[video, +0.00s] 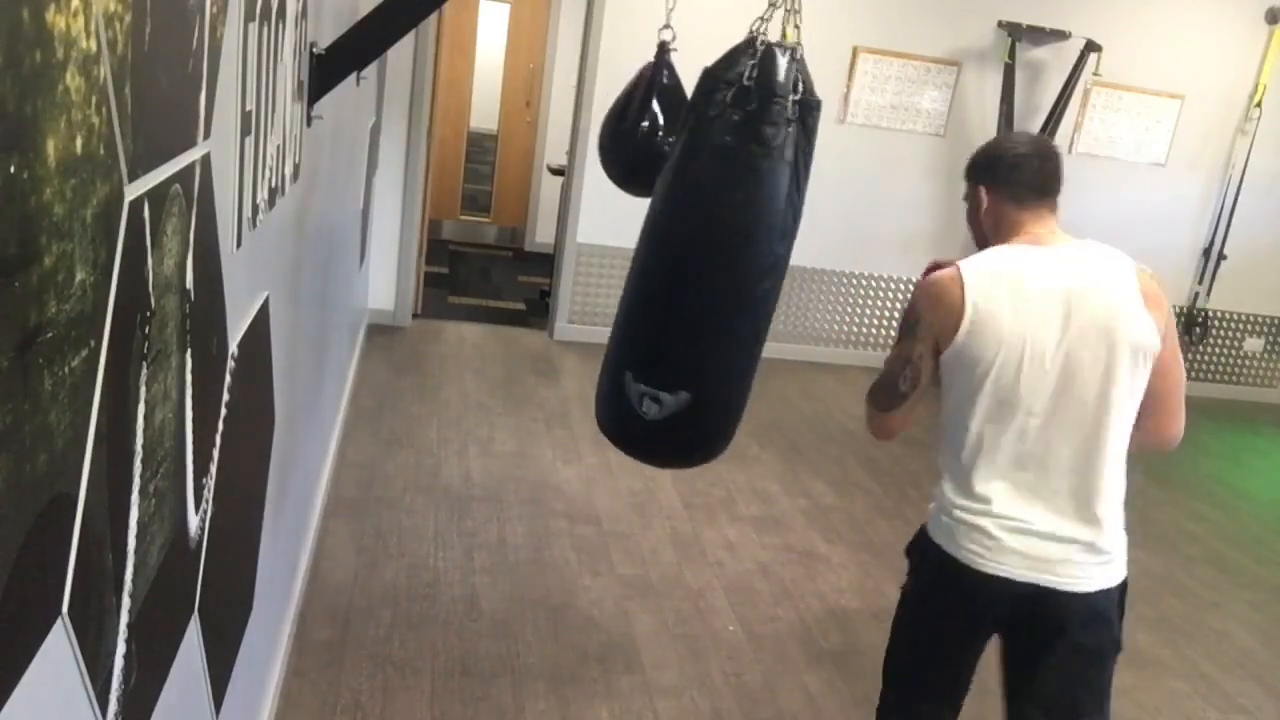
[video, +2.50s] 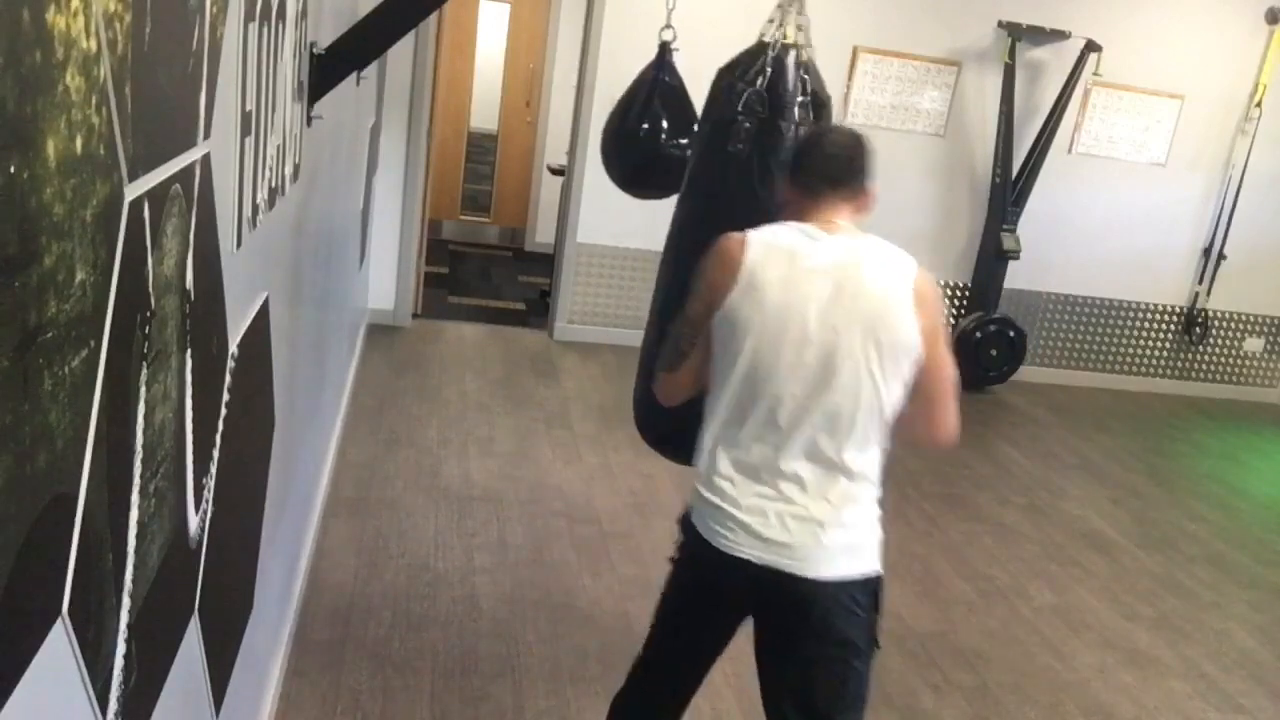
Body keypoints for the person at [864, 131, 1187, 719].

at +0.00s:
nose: (967, 219)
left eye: (967, 202)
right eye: (967, 202)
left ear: (984, 199)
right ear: (1054, 197)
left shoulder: (953, 290)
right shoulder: (1142, 291)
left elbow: (885, 420)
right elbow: (1165, 429)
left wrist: (923, 314)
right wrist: (1077, 419)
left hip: (962, 570)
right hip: (1082, 589)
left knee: (913, 711)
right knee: (1068, 713)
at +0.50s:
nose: (1078, 193)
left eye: (1081, 179)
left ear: (1093, 182)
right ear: (1188, 203)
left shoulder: (1014, 270)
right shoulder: (1247, 328)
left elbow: (902, 423)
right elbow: (1231, 509)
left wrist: (981, 376)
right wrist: (1153, 440)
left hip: (942, 606)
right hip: (1077, 655)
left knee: (878, 709)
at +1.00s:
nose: (1021, 217)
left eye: (1021, 202)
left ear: (1033, 203)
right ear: (1129, 212)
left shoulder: (966, 289)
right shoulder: (1197, 339)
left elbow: (854, 445)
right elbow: (1182, 510)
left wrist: (900, 375)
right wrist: (1108, 442)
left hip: (902, 630)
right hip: (1042, 673)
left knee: (825, 711)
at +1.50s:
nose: (867, 187)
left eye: (869, 173)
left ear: (875, 178)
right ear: (961, 182)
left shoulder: (819, 250)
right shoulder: (1013, 284)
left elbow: (754, 382)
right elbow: (1004, 420)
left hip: (797, 560)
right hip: (913, 585)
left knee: (752, 707)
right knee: (897, 712)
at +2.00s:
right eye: (862, 170)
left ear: (782, 171)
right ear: (861, 178)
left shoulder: (729, 226)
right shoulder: (885, 265)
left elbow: (663, 280)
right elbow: (933, 415)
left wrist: (706, 222)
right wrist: (878, 397)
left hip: (706, 526)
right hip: (811, 548)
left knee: (646, 694)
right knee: (828, 708)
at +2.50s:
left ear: (788, 190)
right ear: (867, 197)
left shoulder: (738, 254)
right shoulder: (912, 282)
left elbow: (671, 386)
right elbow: (940, 427)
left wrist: (747, 345)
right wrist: (864, 398)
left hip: (720, 545)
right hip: (832, 572)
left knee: (649, 699)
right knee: (821, 712)